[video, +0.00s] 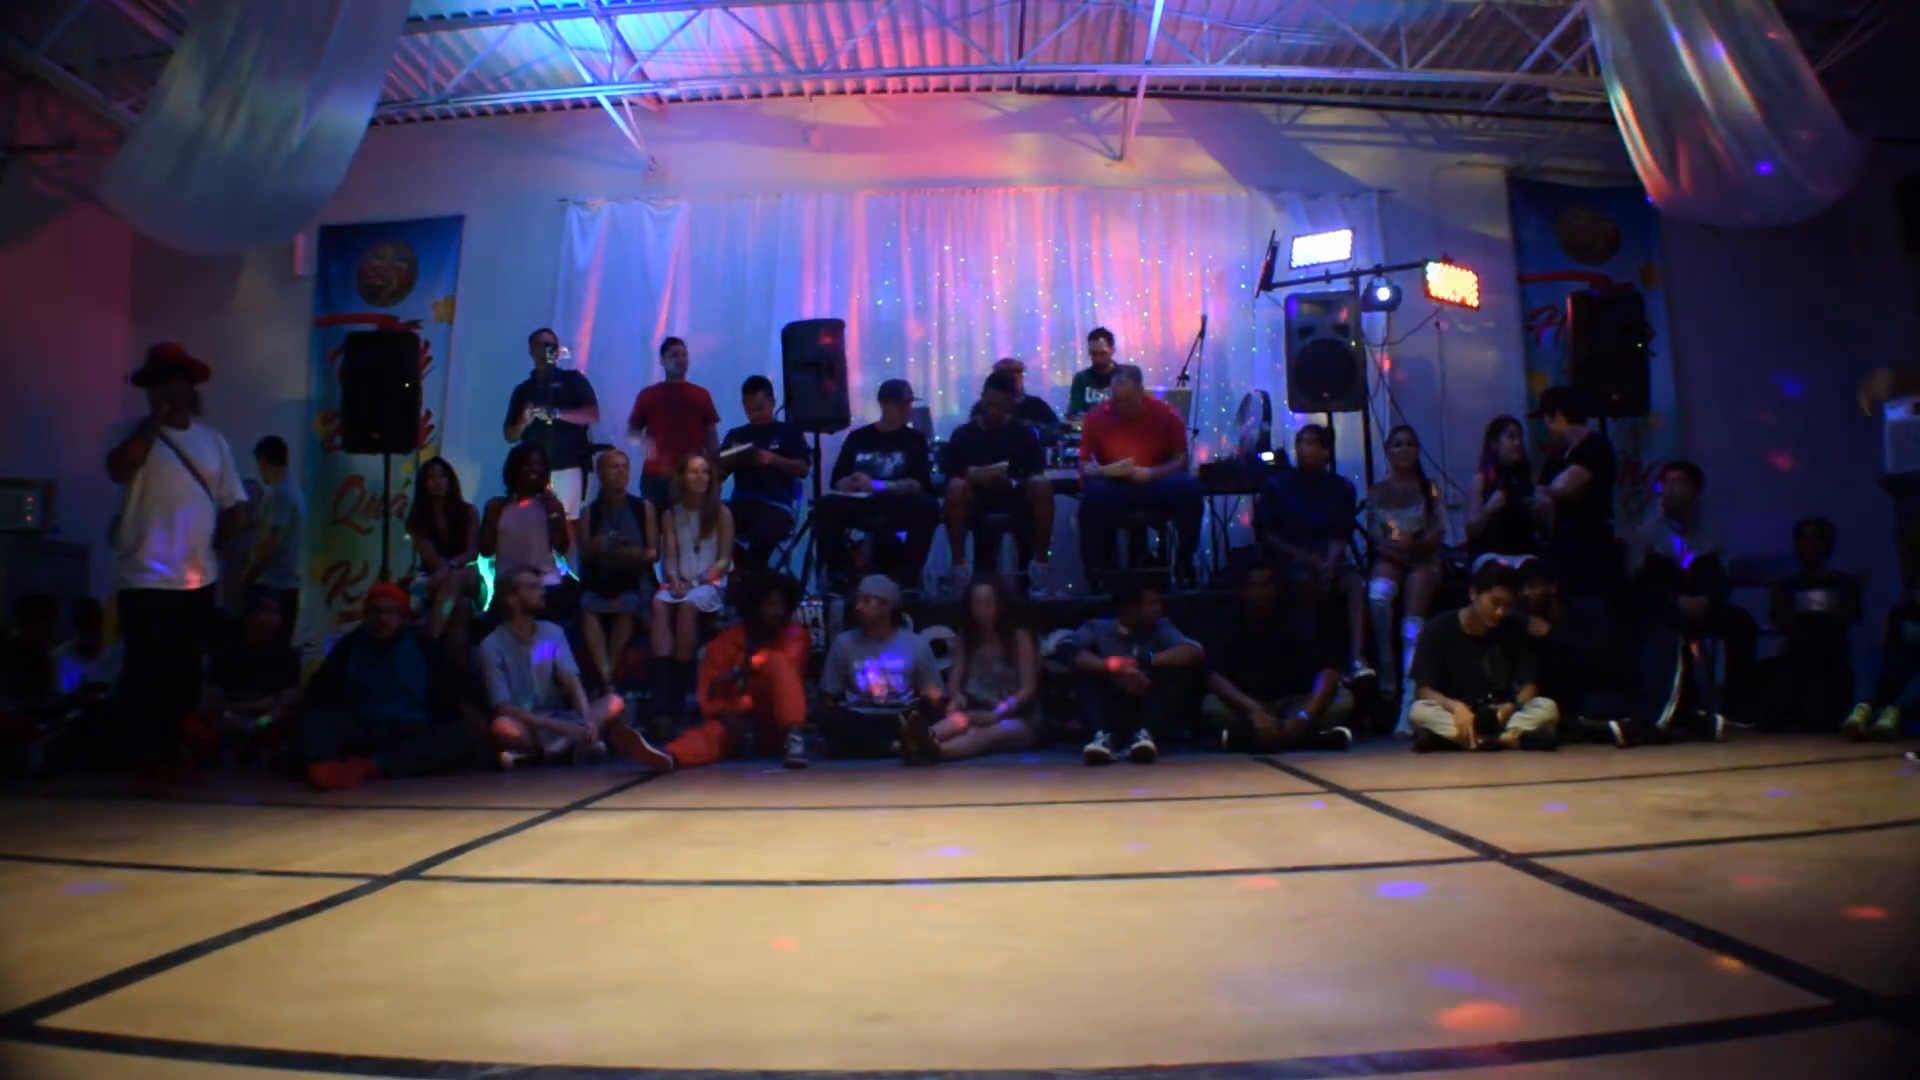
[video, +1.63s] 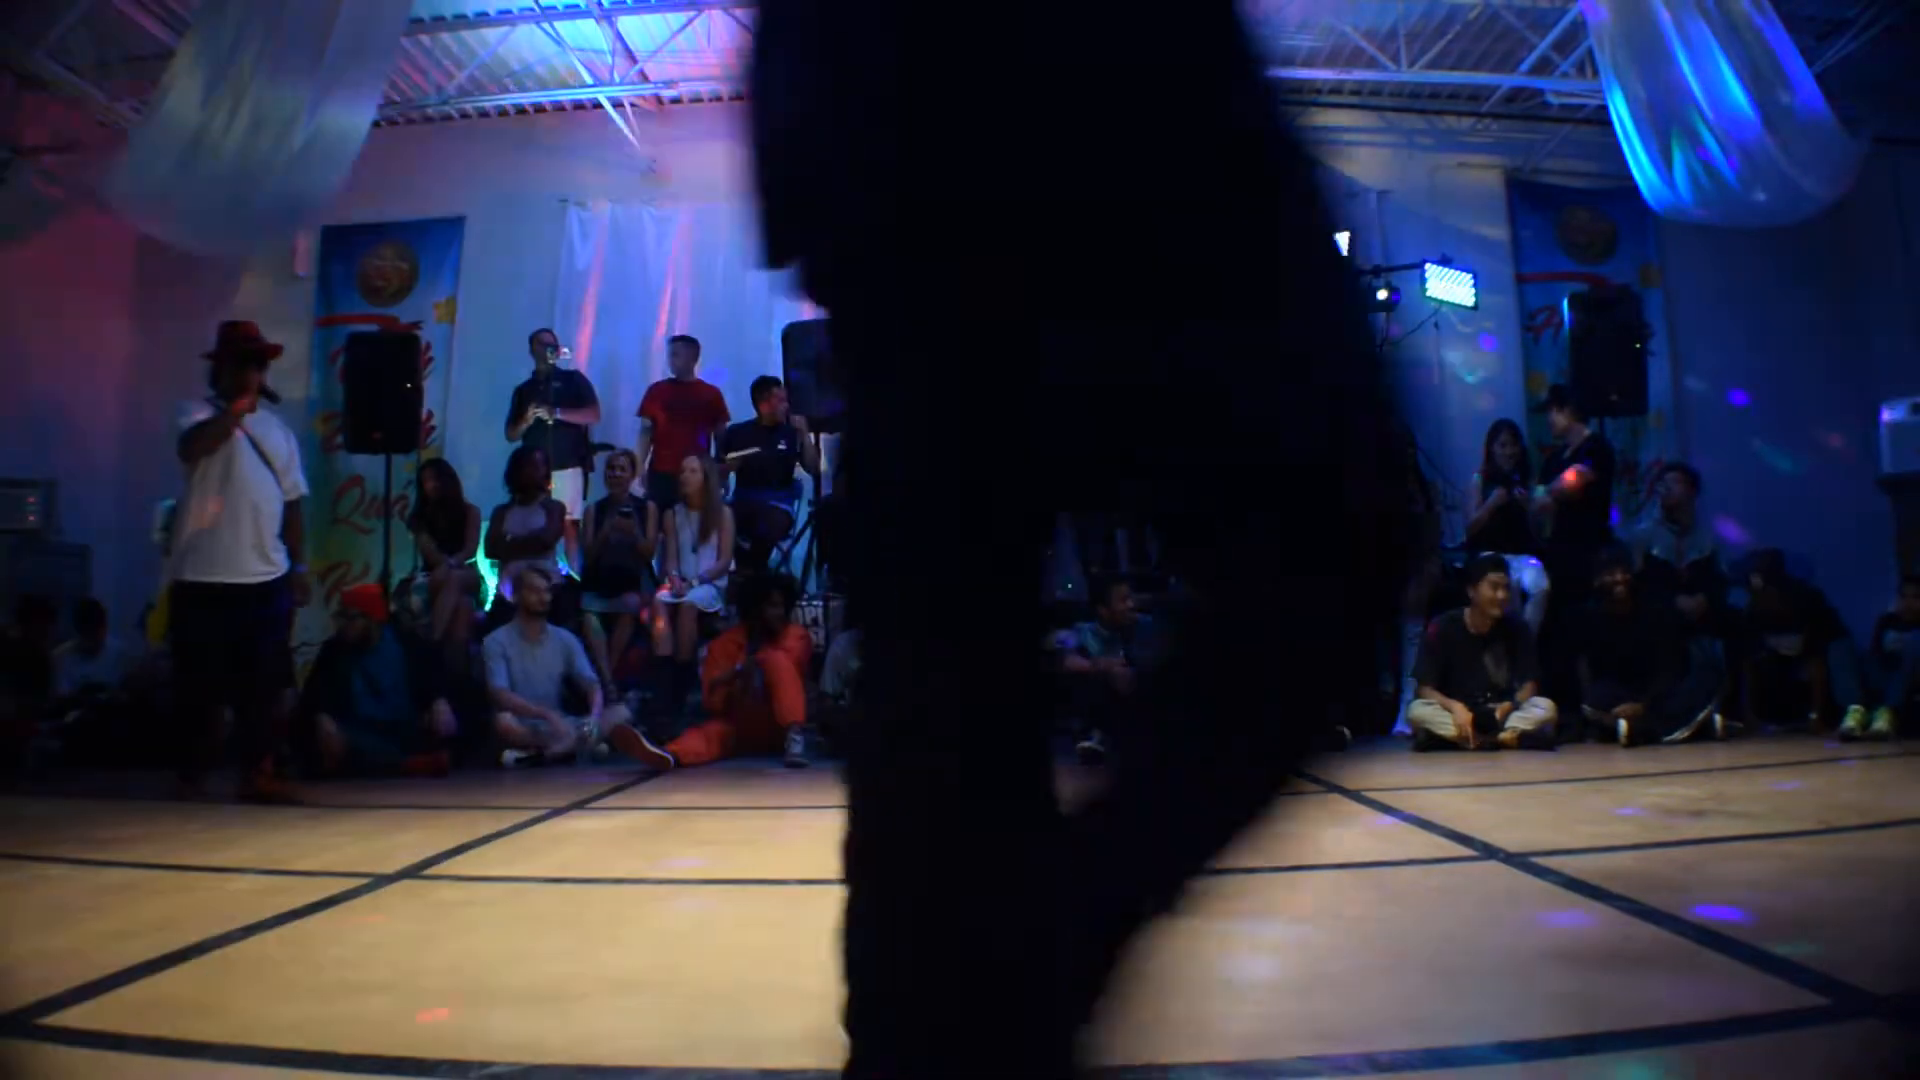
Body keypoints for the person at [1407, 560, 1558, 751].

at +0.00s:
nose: (1500, 612)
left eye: (1506, 606)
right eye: (1495, 603)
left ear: (1512, 606)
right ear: (1474, 595)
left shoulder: (1512, 630)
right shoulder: (1439, 629)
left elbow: (1530, 686)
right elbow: (1424, 690)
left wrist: (1509, 708)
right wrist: (1457, 707)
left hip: (1501, 707)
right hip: (1459, 711)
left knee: (1547, 707)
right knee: (1419, 711)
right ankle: (1505, 741)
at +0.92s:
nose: (1507, 601)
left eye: (1507, 594)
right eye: (1501, 594)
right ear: (1476, 597)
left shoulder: (1512, 628)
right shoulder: (1438, 629)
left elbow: (1528, 686)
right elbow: (1423, 689)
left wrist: (1511, 706)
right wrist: (1456, 707)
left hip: (1500, 706)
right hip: (1456, 708)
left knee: (1546, 708)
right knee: (1418, 711)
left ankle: (1470, 742)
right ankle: (1504, 740)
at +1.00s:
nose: (1507, 600)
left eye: (1506, 594)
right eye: (1501, 593)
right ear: (1476, 597)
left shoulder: (1512, 629)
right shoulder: (1437, 629)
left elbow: (1528, 685)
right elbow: (1423, 689)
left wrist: (1512, 706)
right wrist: (1456, 707)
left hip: (1500, 706)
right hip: (1456, 709)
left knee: (1546, 708)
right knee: (1418, 711)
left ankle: (1469, 742)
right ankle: (1504, 740)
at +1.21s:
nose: (1506, 600)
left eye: (1506, 593)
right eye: (1501, 592)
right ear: (1477, 597)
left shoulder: (1511, 629)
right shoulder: (1437, 629)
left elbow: (1528, 684)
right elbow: (1423, 689)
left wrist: (1511, 707)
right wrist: (1456, 708)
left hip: (1500, 706)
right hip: (1456, 709)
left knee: (1546, 708)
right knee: (1418, 711)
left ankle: (1463, 743)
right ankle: (1505, 740)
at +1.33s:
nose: (1507, 600)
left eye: (1508, 593)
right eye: (1501, 593)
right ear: (1475, 595)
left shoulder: (1514, 629)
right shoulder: (1440, 629)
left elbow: (1528, 684)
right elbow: (1423, 689)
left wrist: (1511, 706)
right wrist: (1456, 708)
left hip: (1500, 706)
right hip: (1456, 708)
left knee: (1546, 707)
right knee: (1418, 711)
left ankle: (1462, 743)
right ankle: (1505, 740)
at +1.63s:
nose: (1501, 596)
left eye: (1505, 588)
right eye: (1494, 587)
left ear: (1510, 592)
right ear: (1471, 591)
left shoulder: (1516, 629)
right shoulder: (1444, 628)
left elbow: (1529, 684)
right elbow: (1424, 689)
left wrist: (1508, 706)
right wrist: (1456, 708)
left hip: (1501, 706)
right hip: (1457, 706)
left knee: (1545, 707)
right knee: (1417, 711)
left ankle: (1461, 743)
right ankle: (1501, 740)